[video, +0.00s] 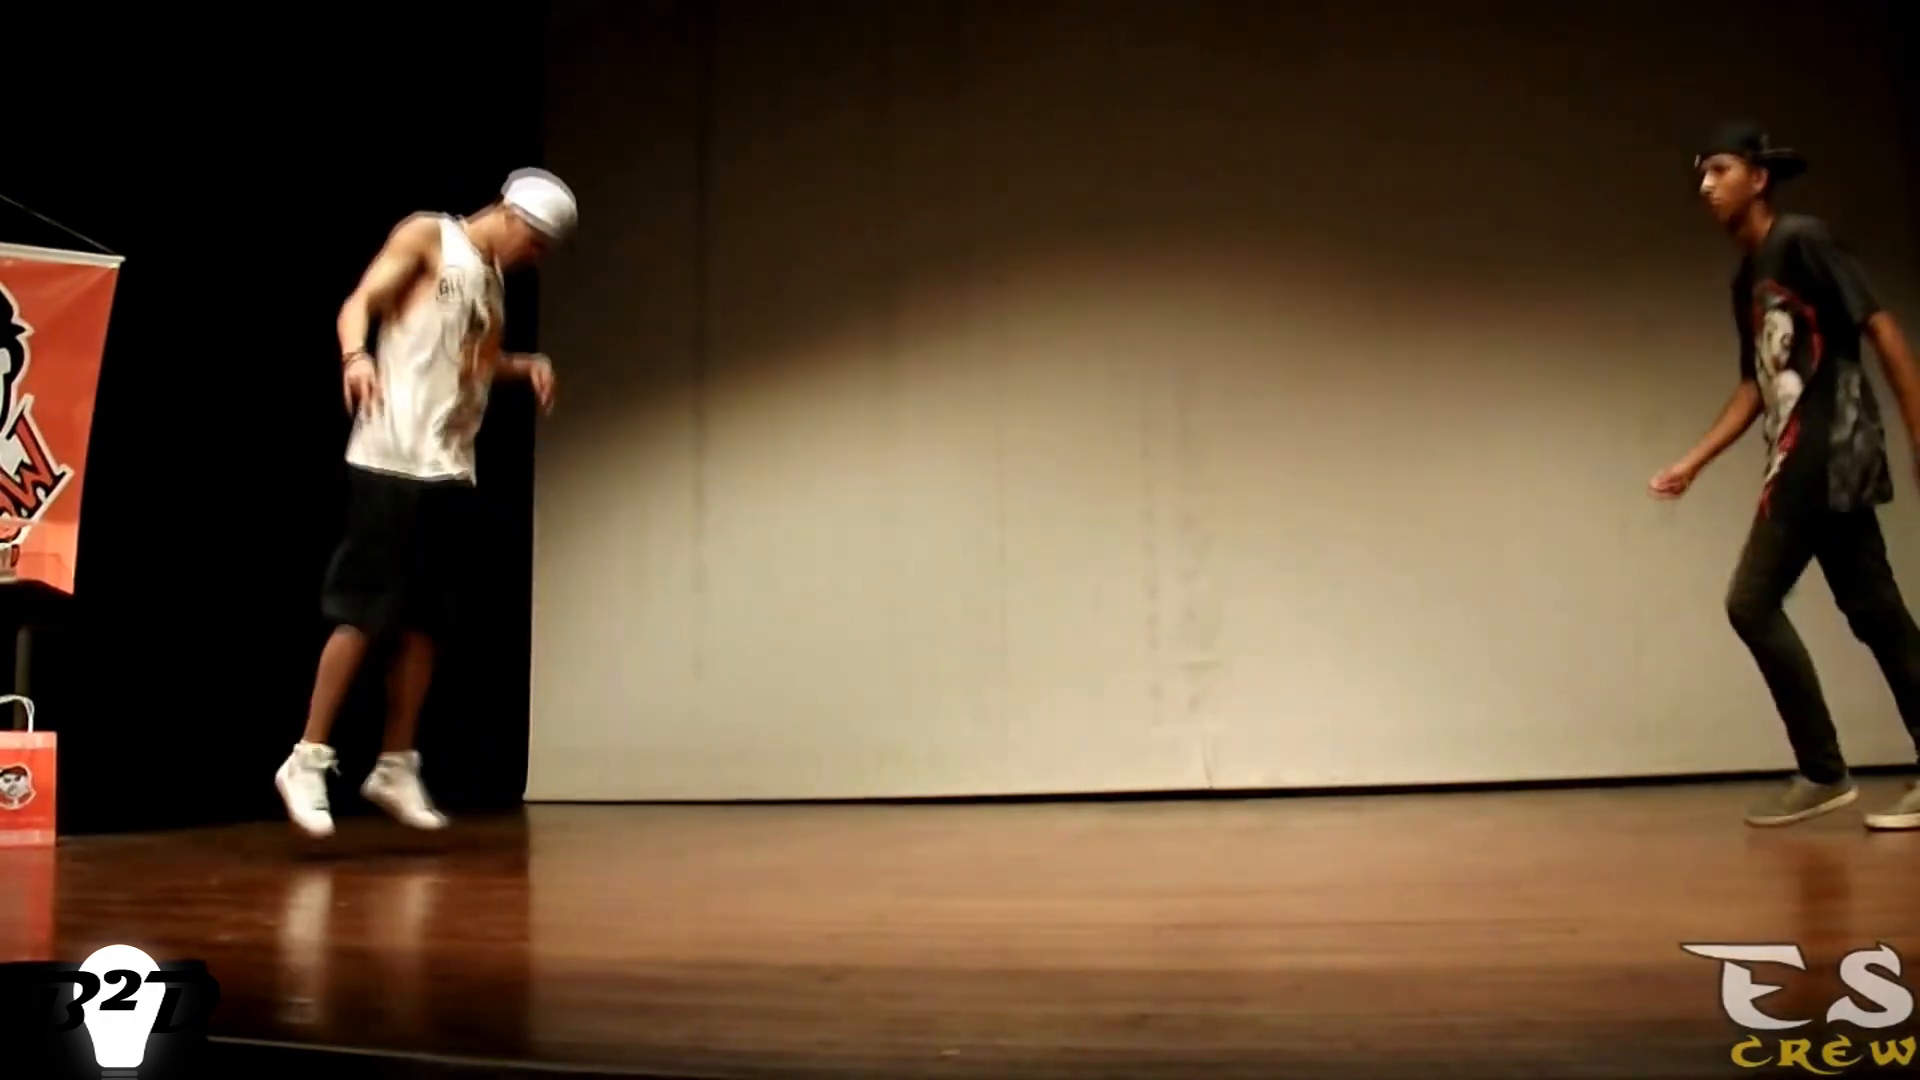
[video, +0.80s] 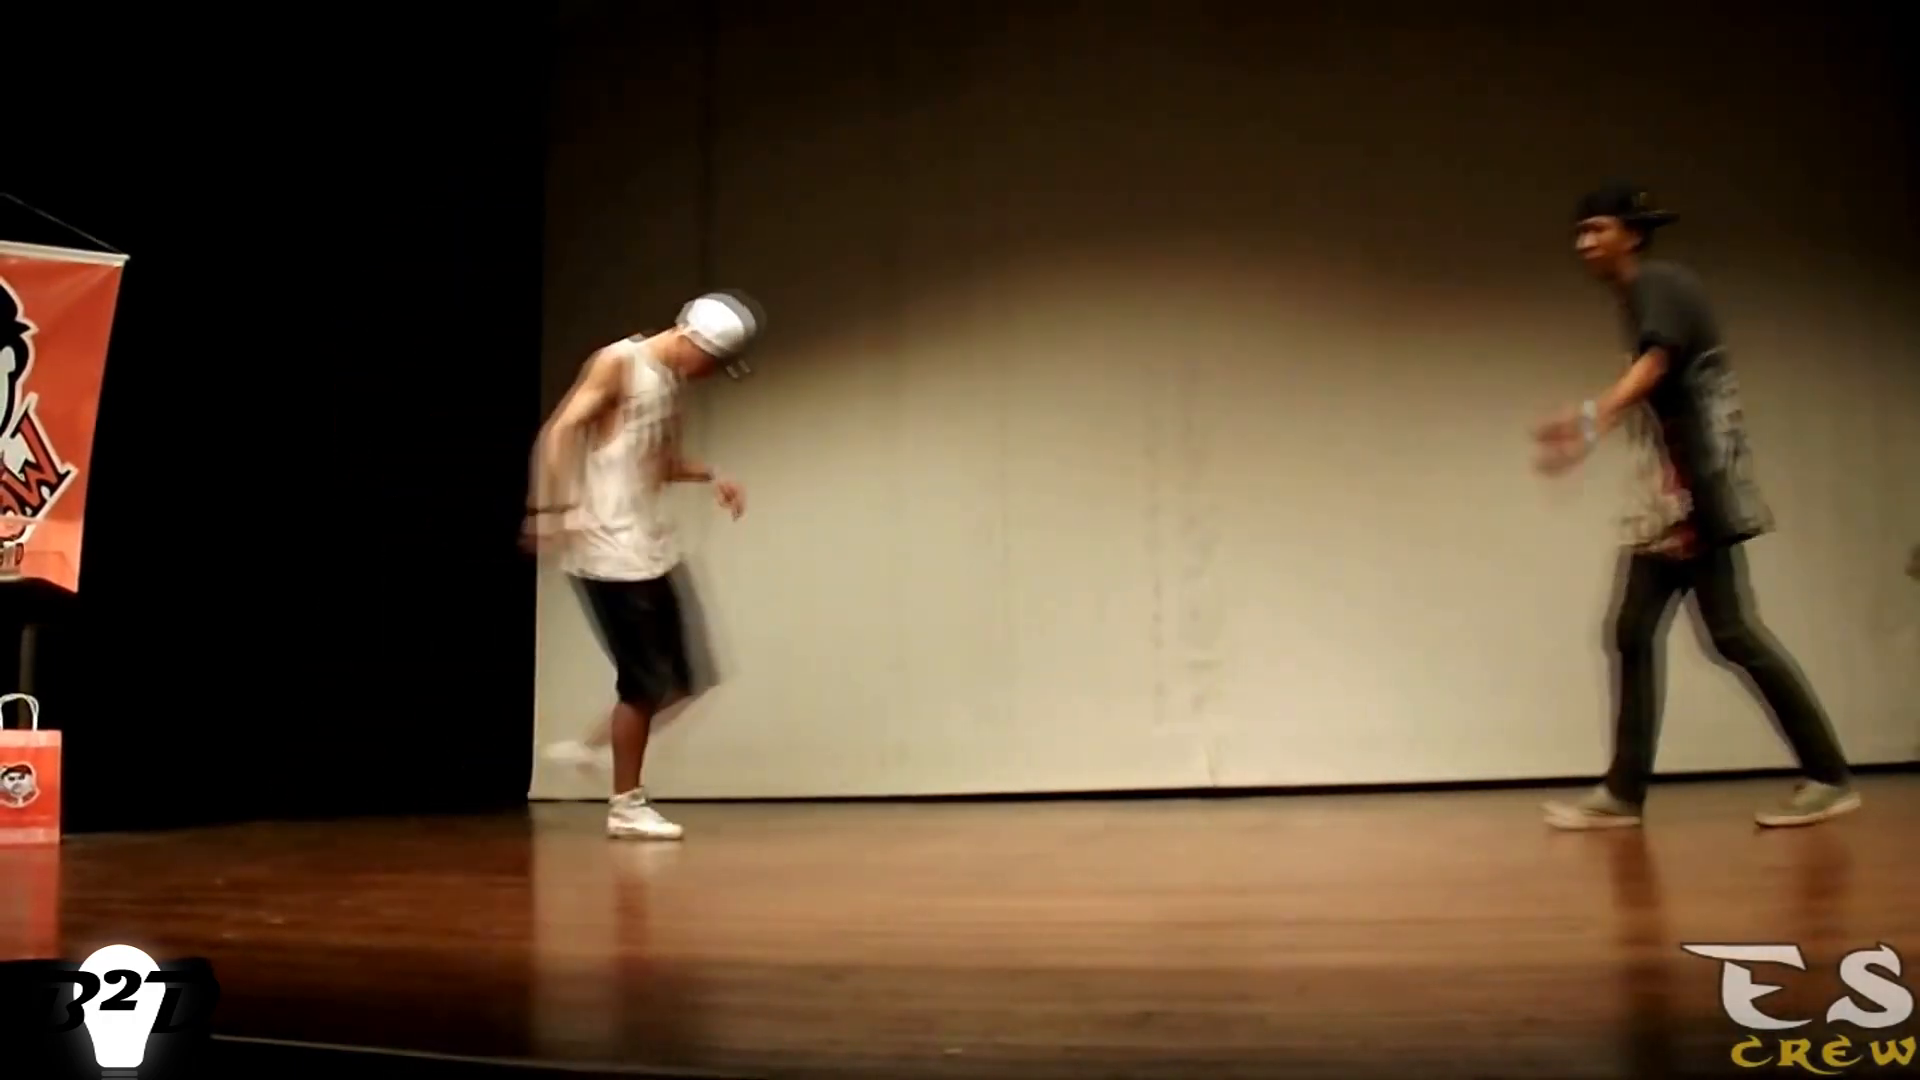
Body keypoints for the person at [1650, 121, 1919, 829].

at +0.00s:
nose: (1706, 184)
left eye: (1718, 171)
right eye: (1702, 174)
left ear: (1759, 177)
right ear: (1711, 188)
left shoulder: (1804, 241)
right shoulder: (1747, 275)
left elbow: (1882, 329)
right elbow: (1757, 387)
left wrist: (1917, 432)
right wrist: (1692, 463)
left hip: (1823, 457)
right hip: (1814, 460)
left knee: (1751, 604)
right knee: (1881, 616)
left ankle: (1824, 774)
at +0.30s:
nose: (1667, 222)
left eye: (1679, 209)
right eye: (1666, 210)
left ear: (1718, 211)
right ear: (1699, 215)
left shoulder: (1763, 263)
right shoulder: (1732, 285)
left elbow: (1805, 373)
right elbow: (1736, 401)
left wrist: (1835, 472)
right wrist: (1721, 495)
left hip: (1801, 476)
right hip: (1780, 479)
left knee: (1785, 627)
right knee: (1797, 624)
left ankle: (1833, 790)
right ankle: (1900, 746)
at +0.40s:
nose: (1659, 232)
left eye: (1665, 219)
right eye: (1658, 219)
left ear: (1695, 216)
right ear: (1699, 216)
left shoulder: (1744, 261)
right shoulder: (1730, 270)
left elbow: (1769, 362)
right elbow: (1736, 378)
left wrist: (1759, 462)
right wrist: (1723, 464)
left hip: (1787, 480)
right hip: (1769, 479)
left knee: (1780, 626)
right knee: (1747, 618)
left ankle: (1834, 788)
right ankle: (1875, 716)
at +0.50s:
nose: (1652, 233)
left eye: (1658, 218)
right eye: (1649, 220)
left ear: (1688, 215)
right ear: (1693, 217)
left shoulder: (1719, 255)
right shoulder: (1724, 260)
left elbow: (1735, 344)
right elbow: (1745, 357)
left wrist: (1691, 396)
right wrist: (1689, 396)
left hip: (1772, 483)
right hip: (1748, 483)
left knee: (1786, 630)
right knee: (1697, 608)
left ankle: (1837, 787)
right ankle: (1811, 720)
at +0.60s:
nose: (1633, 230)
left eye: (1642, 217)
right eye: (1631, 219)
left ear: (1675, 216)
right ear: (1677, 219)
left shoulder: (1691, 255)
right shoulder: (1718, 263)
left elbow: (1706, 324)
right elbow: (1738, 372)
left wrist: (1639, 359)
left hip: (1746, 487)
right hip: (1739, 488)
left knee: (1780, 630)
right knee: (1669, 613)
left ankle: (1836, 786)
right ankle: (1730, 750)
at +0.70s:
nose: (1609, 237)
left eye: (1620, 224)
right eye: (1608, 226)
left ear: (1655, 226)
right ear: (1641, 233)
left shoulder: (1678, 268)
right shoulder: (1666, 281)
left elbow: (1679, 337)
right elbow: (1671, 355)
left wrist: (1606, 374)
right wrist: (1599, 373)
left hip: (1729, 493)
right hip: (1707, 496)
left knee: (1767, 634)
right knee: (1663, 631)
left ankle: (1835, 784)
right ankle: (1638, 784)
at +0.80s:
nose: (1585, 242)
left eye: (1597, 229)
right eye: (1582, 232)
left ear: (1632, 233)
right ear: (1601, 241)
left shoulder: (1660, 286)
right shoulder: (1641, 298)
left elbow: (1657, 363)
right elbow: (1670, 405)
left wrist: (1588, 421)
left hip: (1703, 503)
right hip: (1672, 506)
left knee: (1737, 634)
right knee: (1632, 633)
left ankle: (1831, 778)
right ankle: (1623, 794)